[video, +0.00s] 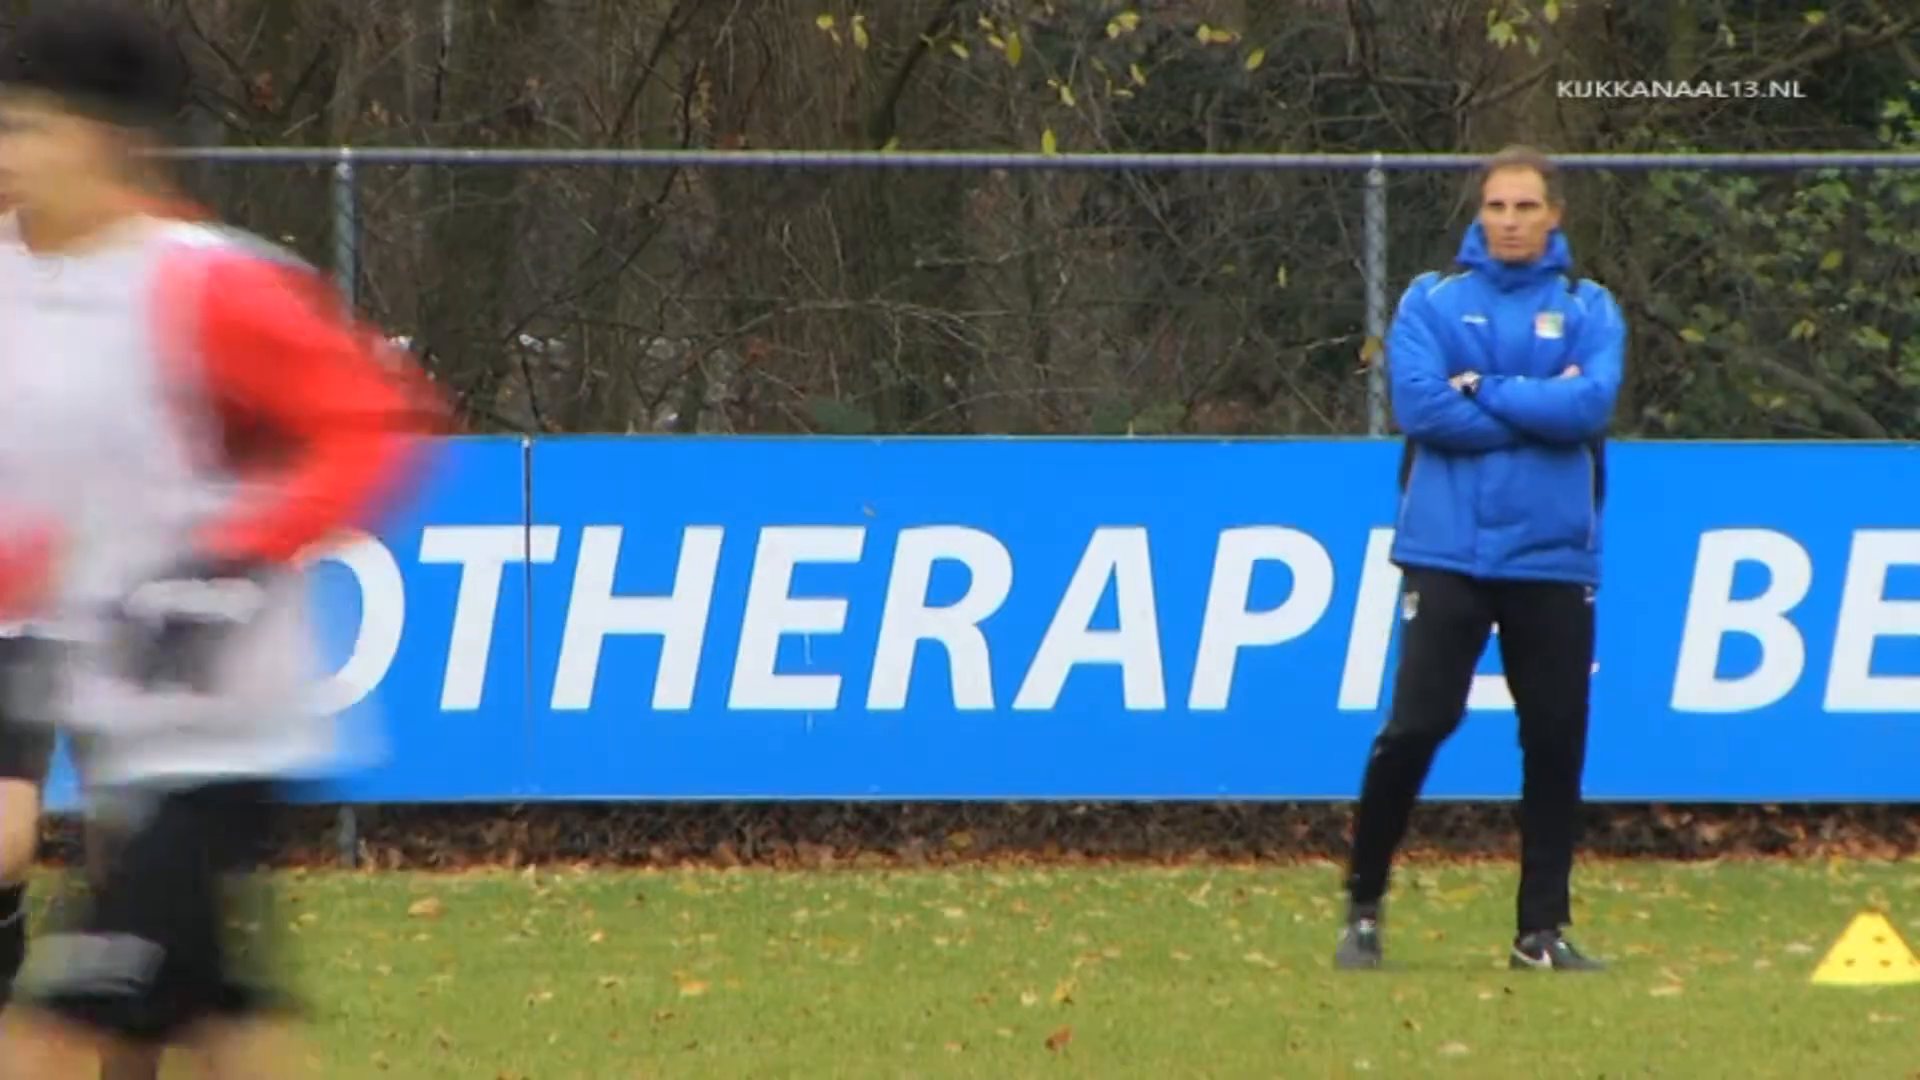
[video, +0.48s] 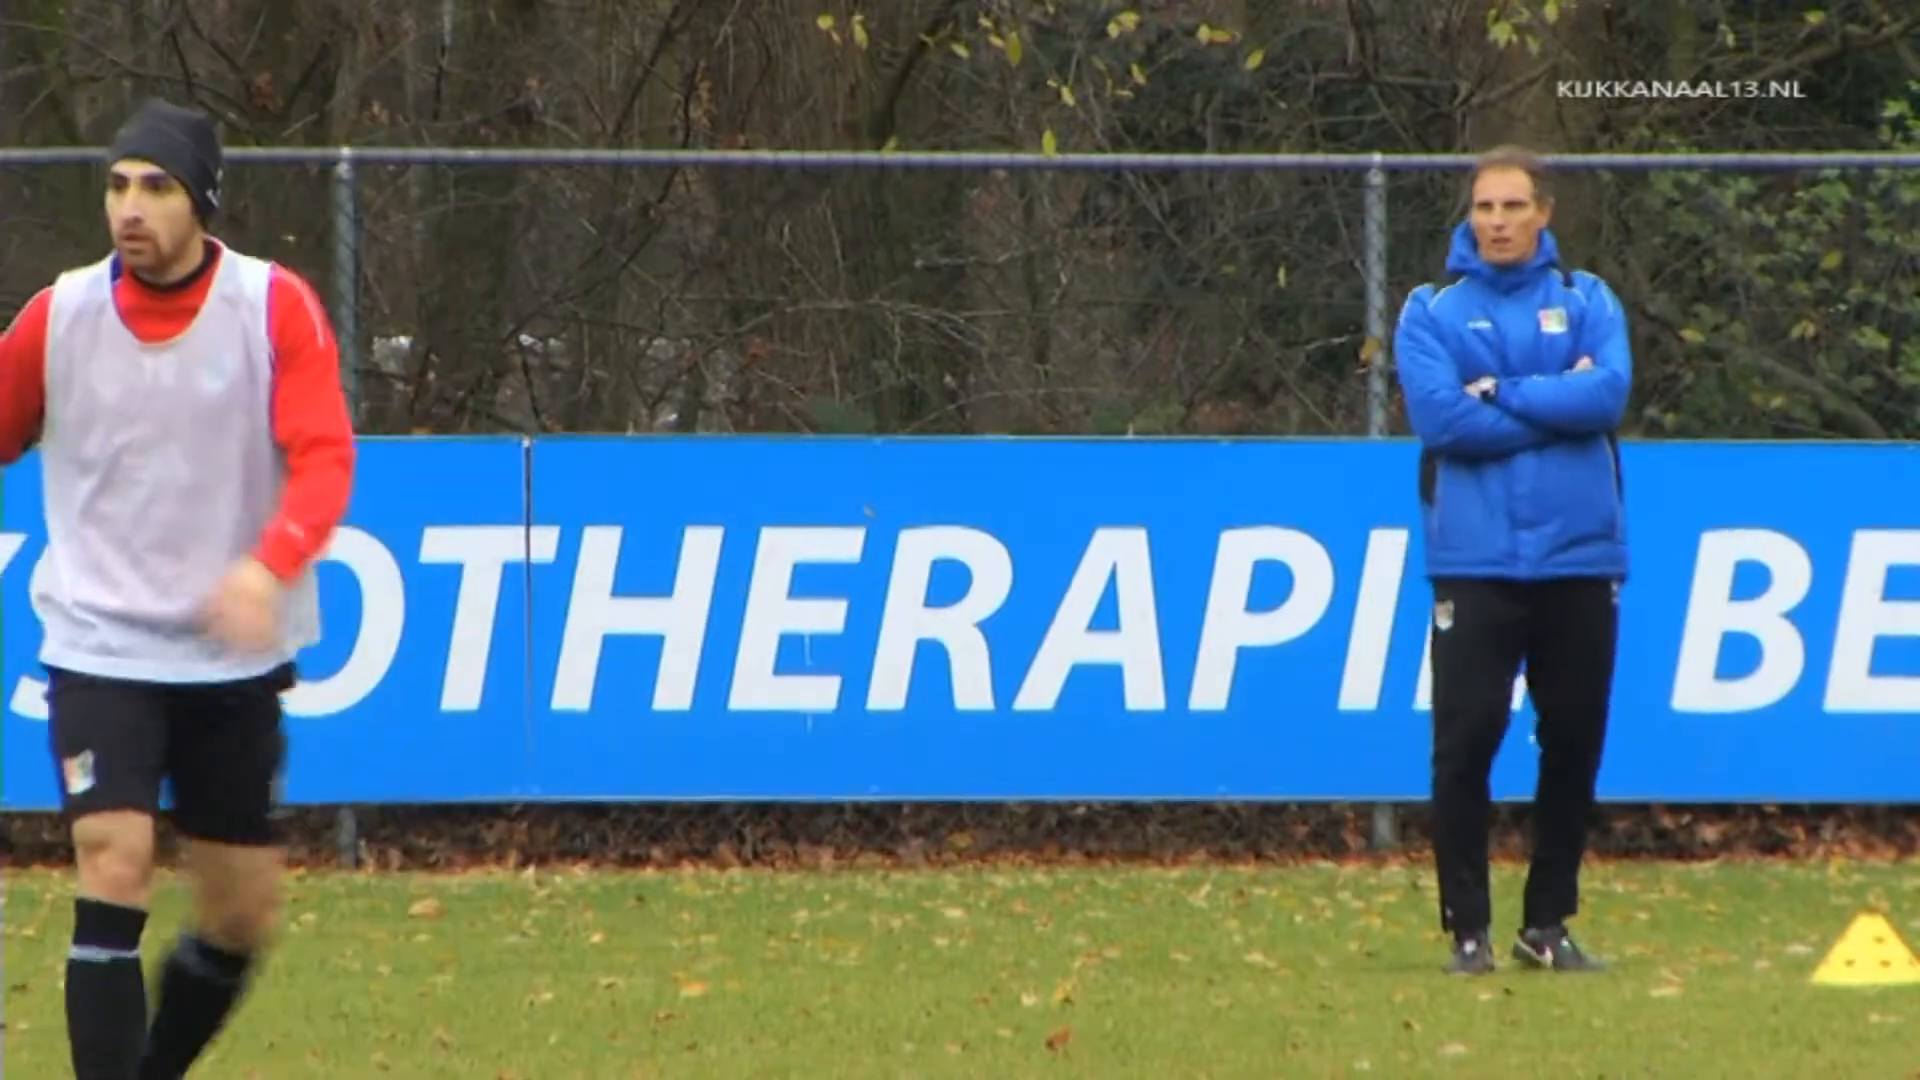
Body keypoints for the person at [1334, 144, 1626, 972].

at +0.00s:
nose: (1511, 221)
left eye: (1526, 207)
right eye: (1498, 207)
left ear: (1555, 218)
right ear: (1478, 215)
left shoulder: (1591, 307)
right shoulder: (1428, 299)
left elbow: (1589, 404)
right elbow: (1421, 412)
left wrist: (1478, 388)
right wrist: (1539, 413)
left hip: (1553, 559)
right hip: (1447, 555)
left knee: (1557, 746)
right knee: (1415, 728)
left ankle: (1542, 932)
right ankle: (1363, 909)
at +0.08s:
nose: (1519, 220)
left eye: (1535, 206)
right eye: (1506, 206)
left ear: (1564, 217)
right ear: (1488, 215)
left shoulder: (1601, 307)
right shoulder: (1439, 297)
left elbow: (1597, 404)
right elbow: (1429, 413)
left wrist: (1482, 386)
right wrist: (1543, 411)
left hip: (1558, 557)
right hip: (1454, 552)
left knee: (1559, 745)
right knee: (1430, 723)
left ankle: (1542, 931)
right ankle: (1398, 915)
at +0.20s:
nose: (1522, 222)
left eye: (1538, 207)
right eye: (1509, 207)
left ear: (1567, 217)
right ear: (1492, 216)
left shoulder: (1604, 306)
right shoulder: (1444, 302)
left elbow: (1602, 405)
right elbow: (1435, 414)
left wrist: (1487, 387)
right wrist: (1550, 411)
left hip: (1566, 559)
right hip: (1461, 557)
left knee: (1562, 750)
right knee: (1450, 739)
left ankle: (1544, 930)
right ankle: (1457, 925)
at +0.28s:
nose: (1518, 223)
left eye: (1535, 209)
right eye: (1505, 209)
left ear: (1565, 219)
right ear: (1489, 218)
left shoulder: (1604, 307)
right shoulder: (1441, 305)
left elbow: (1605, 404)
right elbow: (1436, 417)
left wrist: (1490, 388)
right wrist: (1550, 411)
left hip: (1571, 563)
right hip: (1465, 562)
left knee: (1564, 755)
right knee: (1466, 746)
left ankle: (1545, 930)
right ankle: (1471, 932)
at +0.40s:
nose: (1506, 223)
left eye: (1522, 208)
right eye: (1493, 208)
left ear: (1553, 217)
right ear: (1477, 218)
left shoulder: (1596, 303)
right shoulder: (1434, 309)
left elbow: (1607, 400)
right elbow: (1439, 420)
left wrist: (1493, 389)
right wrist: (1551, 410)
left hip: (1576, 563)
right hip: (1472, 564)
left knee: (1569, 753)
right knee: (1461, 747)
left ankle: (1546, 929)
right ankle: (1468, 932)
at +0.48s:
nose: (1497, 222)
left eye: (1513, 207)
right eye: (1484, 208)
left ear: (1543, 216)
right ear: (1468, 218)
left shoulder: (1588, 298)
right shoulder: (1429, 311)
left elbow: (1608, 394)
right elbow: (1442, 423)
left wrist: (1496, 389)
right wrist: (1553, 408)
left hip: (1580, 563)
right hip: (1475, 566)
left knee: (1574, 752)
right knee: (1463, 749)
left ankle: (1547, 927)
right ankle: (1468, 931)